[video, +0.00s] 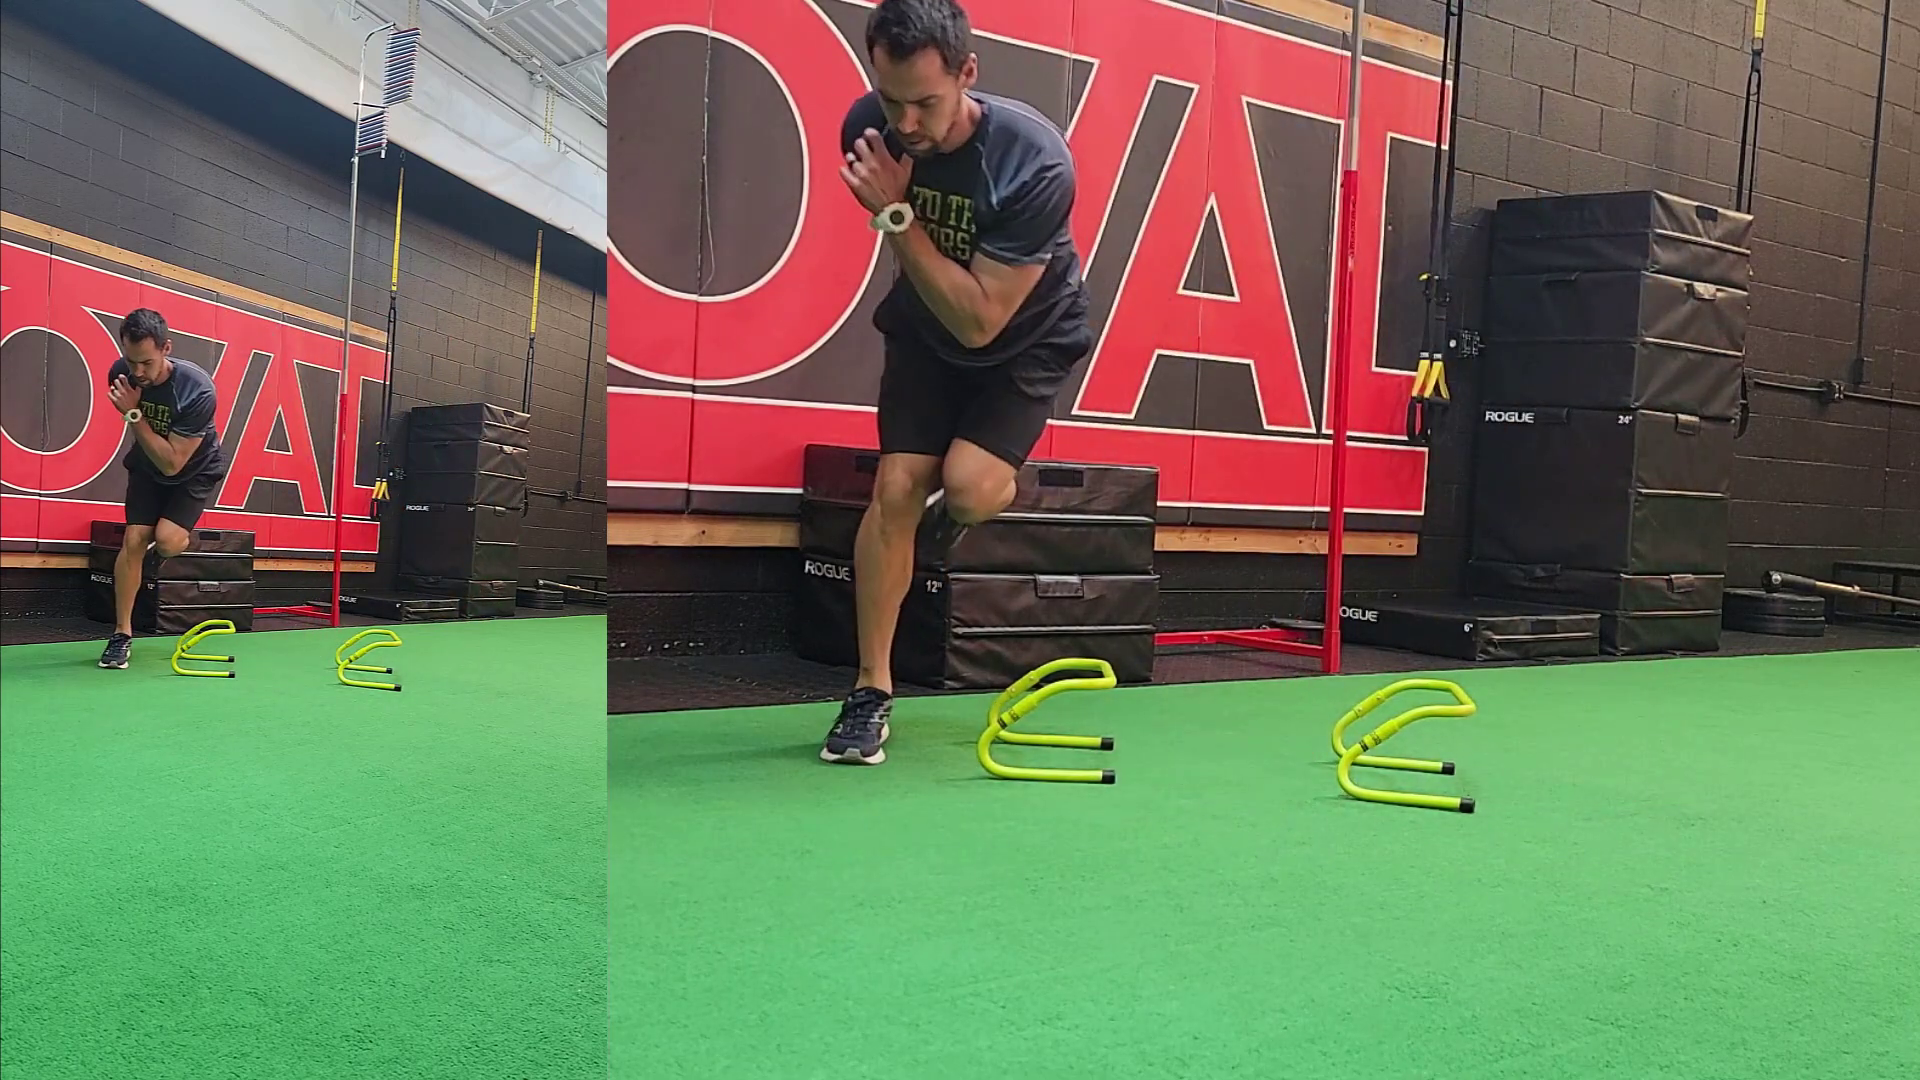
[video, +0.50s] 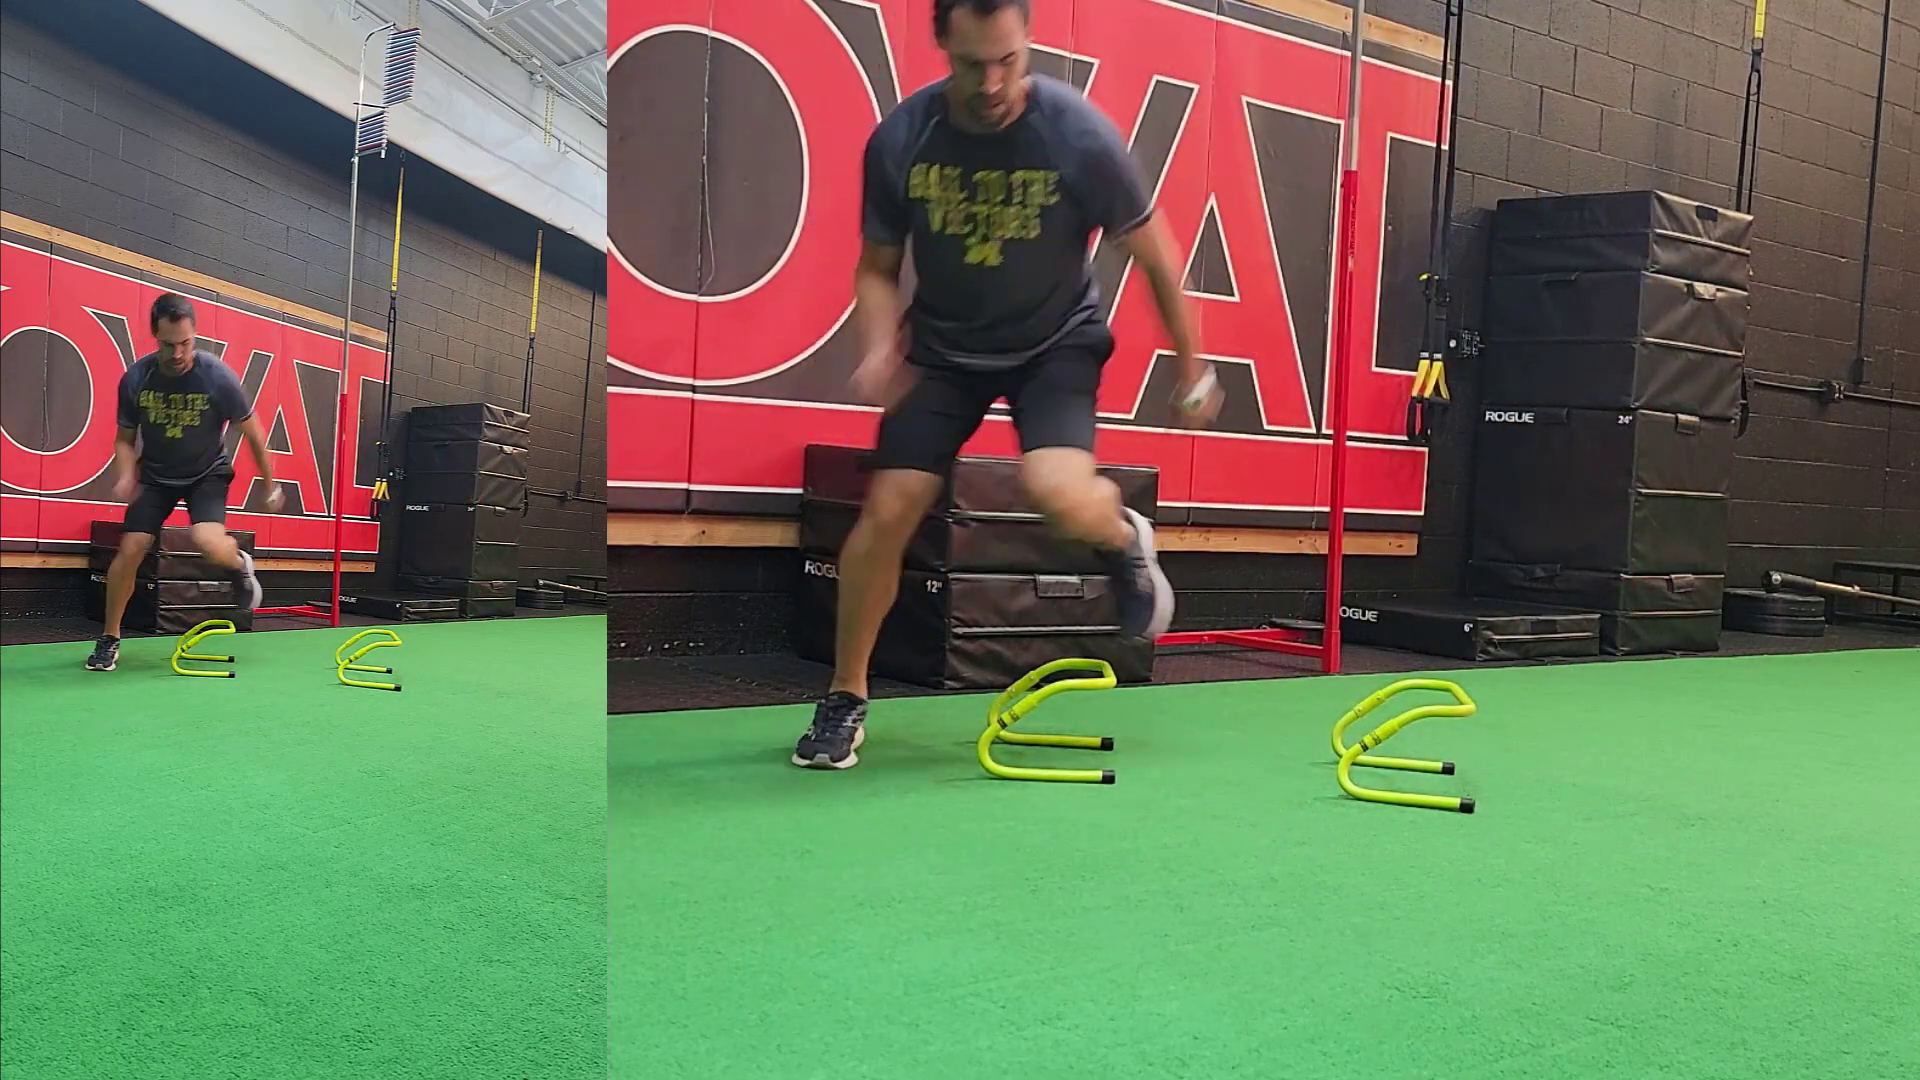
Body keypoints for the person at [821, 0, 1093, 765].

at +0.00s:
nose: (906, 122)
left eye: (925, 102)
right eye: (892, 100)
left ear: (967, 76)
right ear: (874, 79)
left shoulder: (1036, 166)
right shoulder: (870, 129)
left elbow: (979, 324)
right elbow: (912, 241)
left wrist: (897, 217)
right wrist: (891, 208)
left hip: (1032, 335)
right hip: (927, 321)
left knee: (971, 487)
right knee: (896, 490)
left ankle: (963, 507)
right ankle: (872, 690)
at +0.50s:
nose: (991, 83)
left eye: (1006, 62)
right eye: (972, 66)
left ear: (1029, 43)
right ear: (942, 51)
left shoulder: (1083, 139)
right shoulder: (899, 141)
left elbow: (1159, 258)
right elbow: (878, 266)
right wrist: (879, 347)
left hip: (1054, 346)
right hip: (943, 350)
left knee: (1058, 492)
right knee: (890, 506)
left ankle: (1128, 546)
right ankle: (845, 696)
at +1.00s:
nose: (1347, 22)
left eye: (1359, 7)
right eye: (1330, 6)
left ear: (1373, 5)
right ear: (1290, 2)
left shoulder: (1400, 83)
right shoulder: (1225, 90)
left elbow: (1413, 194)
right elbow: (1169, 231)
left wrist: (1419, 304)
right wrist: (1173, 353)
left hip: (1355, 311)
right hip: (1243, 312)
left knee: (1402, 465)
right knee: (1243, 511)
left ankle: (1342, 505)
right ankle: (1204, 714)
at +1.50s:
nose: (1609, 147)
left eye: (1623, 126)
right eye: (1591, 128)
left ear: (1636, 109)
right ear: (1547, 107)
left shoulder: (1655, 169)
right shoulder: (1486, 202)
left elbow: (1653, 241)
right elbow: (1449, 348)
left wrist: (1626, 315)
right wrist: (1559, 339)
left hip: (1611, 378)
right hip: (1510, 385)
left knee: (1640, 536)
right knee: (1591, 499)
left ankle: (1635, 733)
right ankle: (1574, 590)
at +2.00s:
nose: (1475, 17)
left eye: (1493, 3)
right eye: (1461, 1)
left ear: (1519, 9)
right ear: (1437, 3)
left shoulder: (1560, 80)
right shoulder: (1376, 91)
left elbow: (1605, 221)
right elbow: (1307, 189)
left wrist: (1552, 200)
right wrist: (1258, 294)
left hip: (1509, 330)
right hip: (1394, 315)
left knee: (1564, 504)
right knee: (1352, 486)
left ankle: (1624, 708)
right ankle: (1269, 646)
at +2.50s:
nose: (1172, 10)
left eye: (1191, 0)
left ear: (1227, 2)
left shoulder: (1276, 83)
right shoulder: (1098, 64)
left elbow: (1324, 219)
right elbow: (1064, 175)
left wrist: (1307, 339)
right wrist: (1038, 278)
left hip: (1224, 304)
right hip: (1119, 279)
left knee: (1234, 495)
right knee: (1040, 392)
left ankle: (1278, 705)